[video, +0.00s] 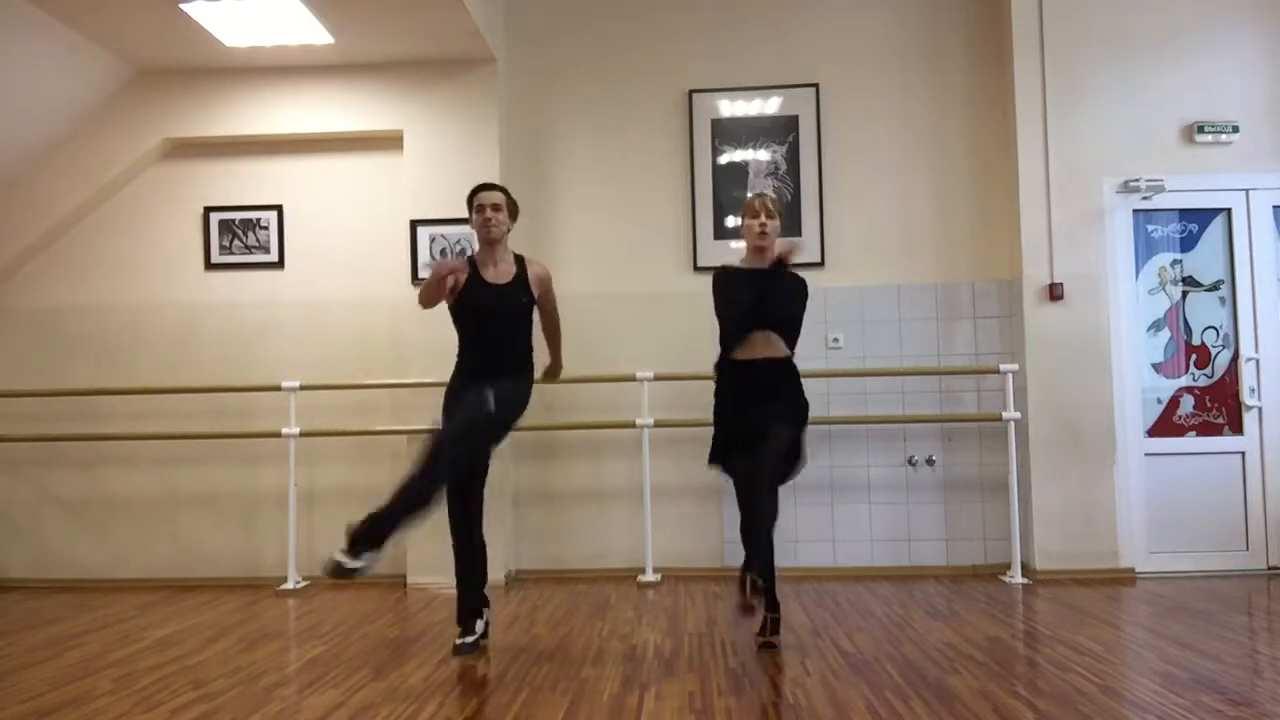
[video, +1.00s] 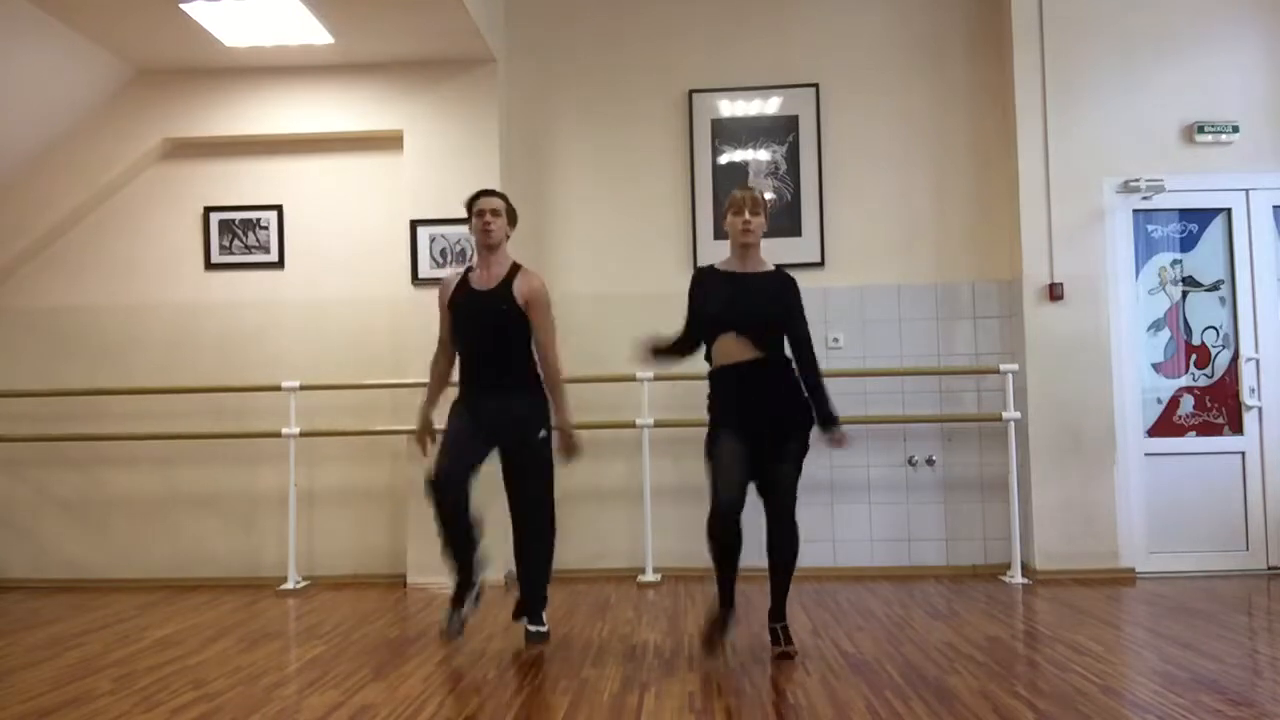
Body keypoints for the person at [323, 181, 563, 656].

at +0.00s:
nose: (489, 216)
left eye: (497, 208)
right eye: (481, 210)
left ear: (512, 219)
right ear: (470, 221)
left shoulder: (534, 274)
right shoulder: (458, 269)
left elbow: (550, 320)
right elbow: (426, 301)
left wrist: (555, 361)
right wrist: (440, 279)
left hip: (512, 384)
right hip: (466, 383)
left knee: (442, 460)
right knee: (465, 509)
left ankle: (364, 541)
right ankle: (473, 617)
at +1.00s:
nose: (487, 221)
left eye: (495, 215)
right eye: (480, 215)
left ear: (510, 226)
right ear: (469, 226)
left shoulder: (528, 284)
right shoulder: (454, 287)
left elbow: (548, 357)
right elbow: (446, 353)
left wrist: (563, 421)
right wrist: (427, 409)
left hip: (523, 411)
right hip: (473, 410)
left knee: (532, 512)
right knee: (446, 483)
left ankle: (534, 611)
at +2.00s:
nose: (561, 226)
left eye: (568, 220)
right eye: (554, 221)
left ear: (583, 228)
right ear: (544, 233)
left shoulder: (601, 277)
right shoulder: (539, 286)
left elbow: (581, 302)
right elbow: (514, 318)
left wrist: (543, 267)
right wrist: (488, 337)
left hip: (610, 403)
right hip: (565, 408)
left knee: (625, 505)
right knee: (595, 507)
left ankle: (624, 602)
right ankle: (659, 583)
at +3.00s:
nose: (601, 231)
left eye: (609, 223)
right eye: (600, 224)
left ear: (635, 228)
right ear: (605, 230)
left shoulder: (666, 270)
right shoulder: (597, 284)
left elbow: (706, 309)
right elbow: (537, 309)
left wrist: (673, 336)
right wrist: (476, 322)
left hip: (644, 398)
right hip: (599, 391)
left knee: (636, 506)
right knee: (543, 461)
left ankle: (627, 606)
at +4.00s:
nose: (608, 238)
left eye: (615, 231)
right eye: (600, 232)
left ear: (627, 238)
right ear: (589, 240)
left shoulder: (643, 283)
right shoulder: (573, 289)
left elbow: (667, 319)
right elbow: (589, 334)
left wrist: (663, 359)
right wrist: (636, 300)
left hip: (643, 406)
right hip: (601, 413)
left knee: (639, 508)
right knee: (634, 509)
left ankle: (627, 604)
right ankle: (696, 584)